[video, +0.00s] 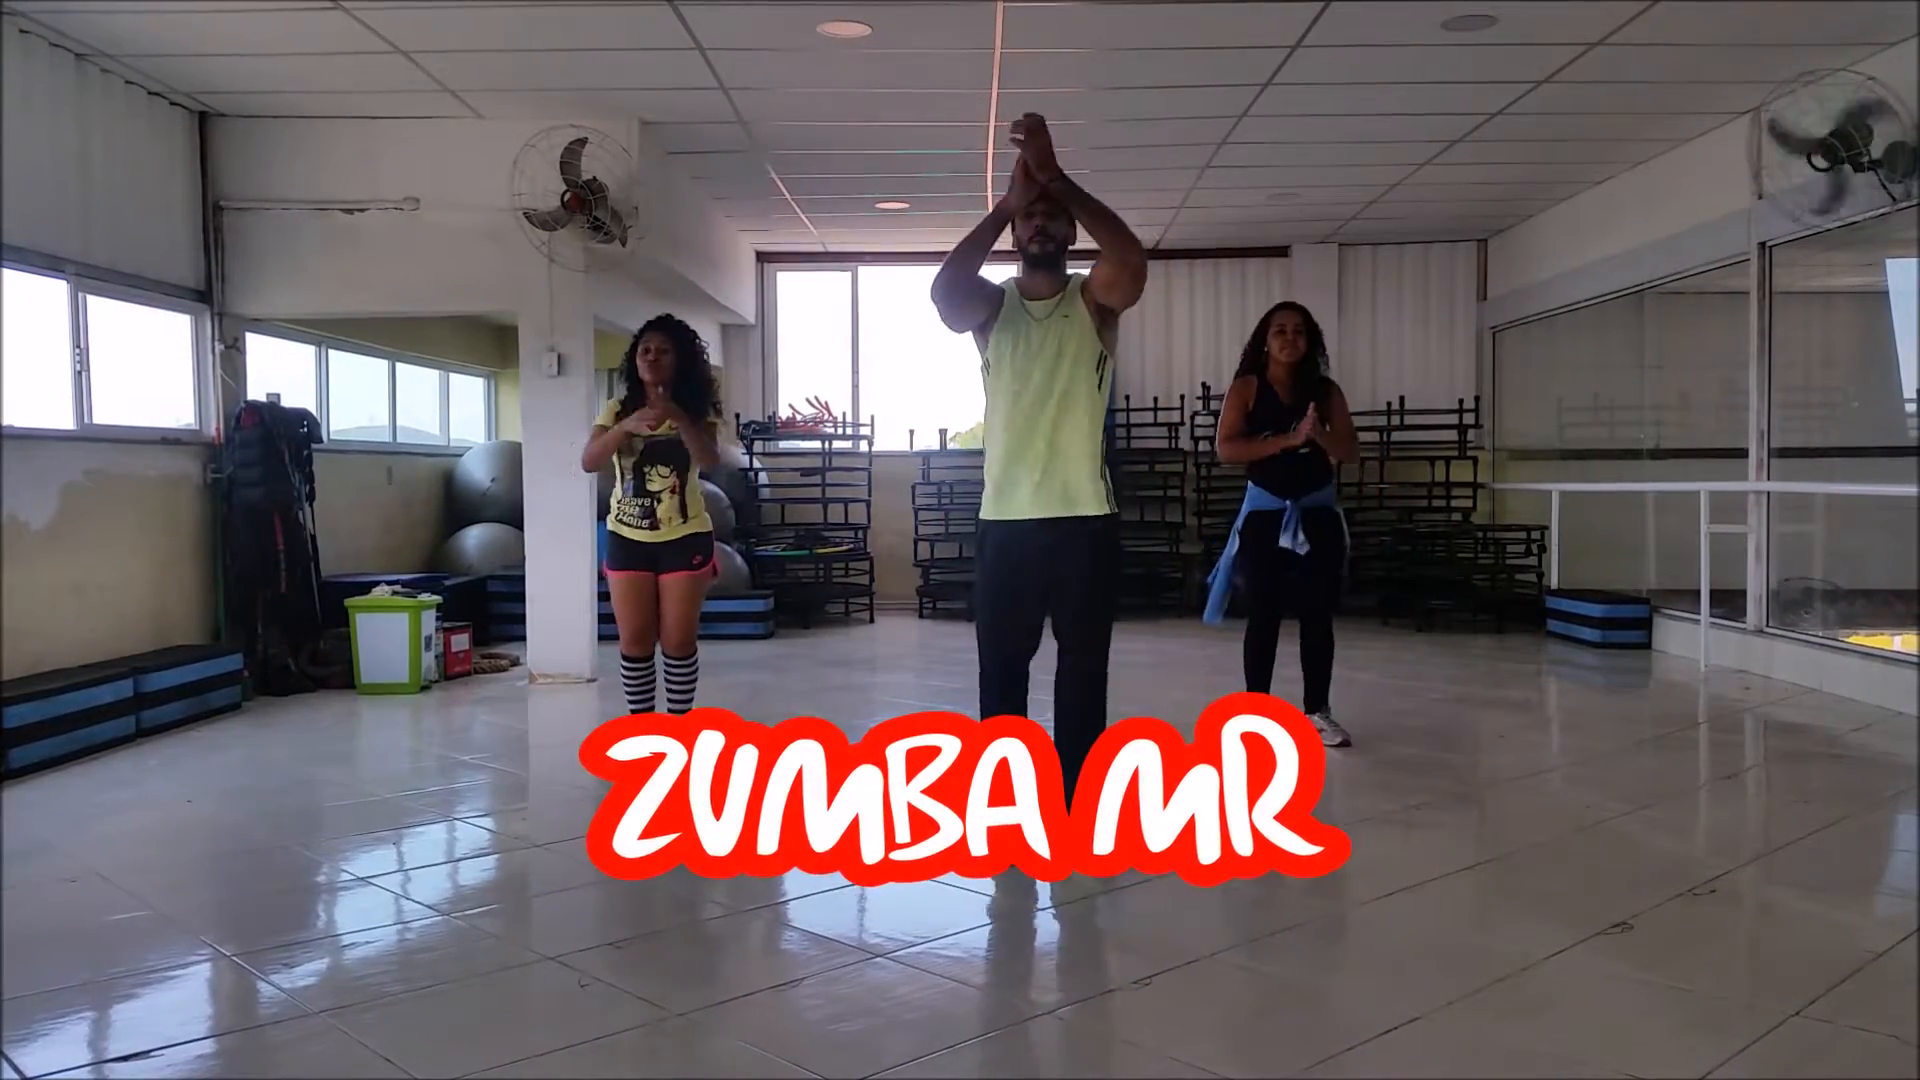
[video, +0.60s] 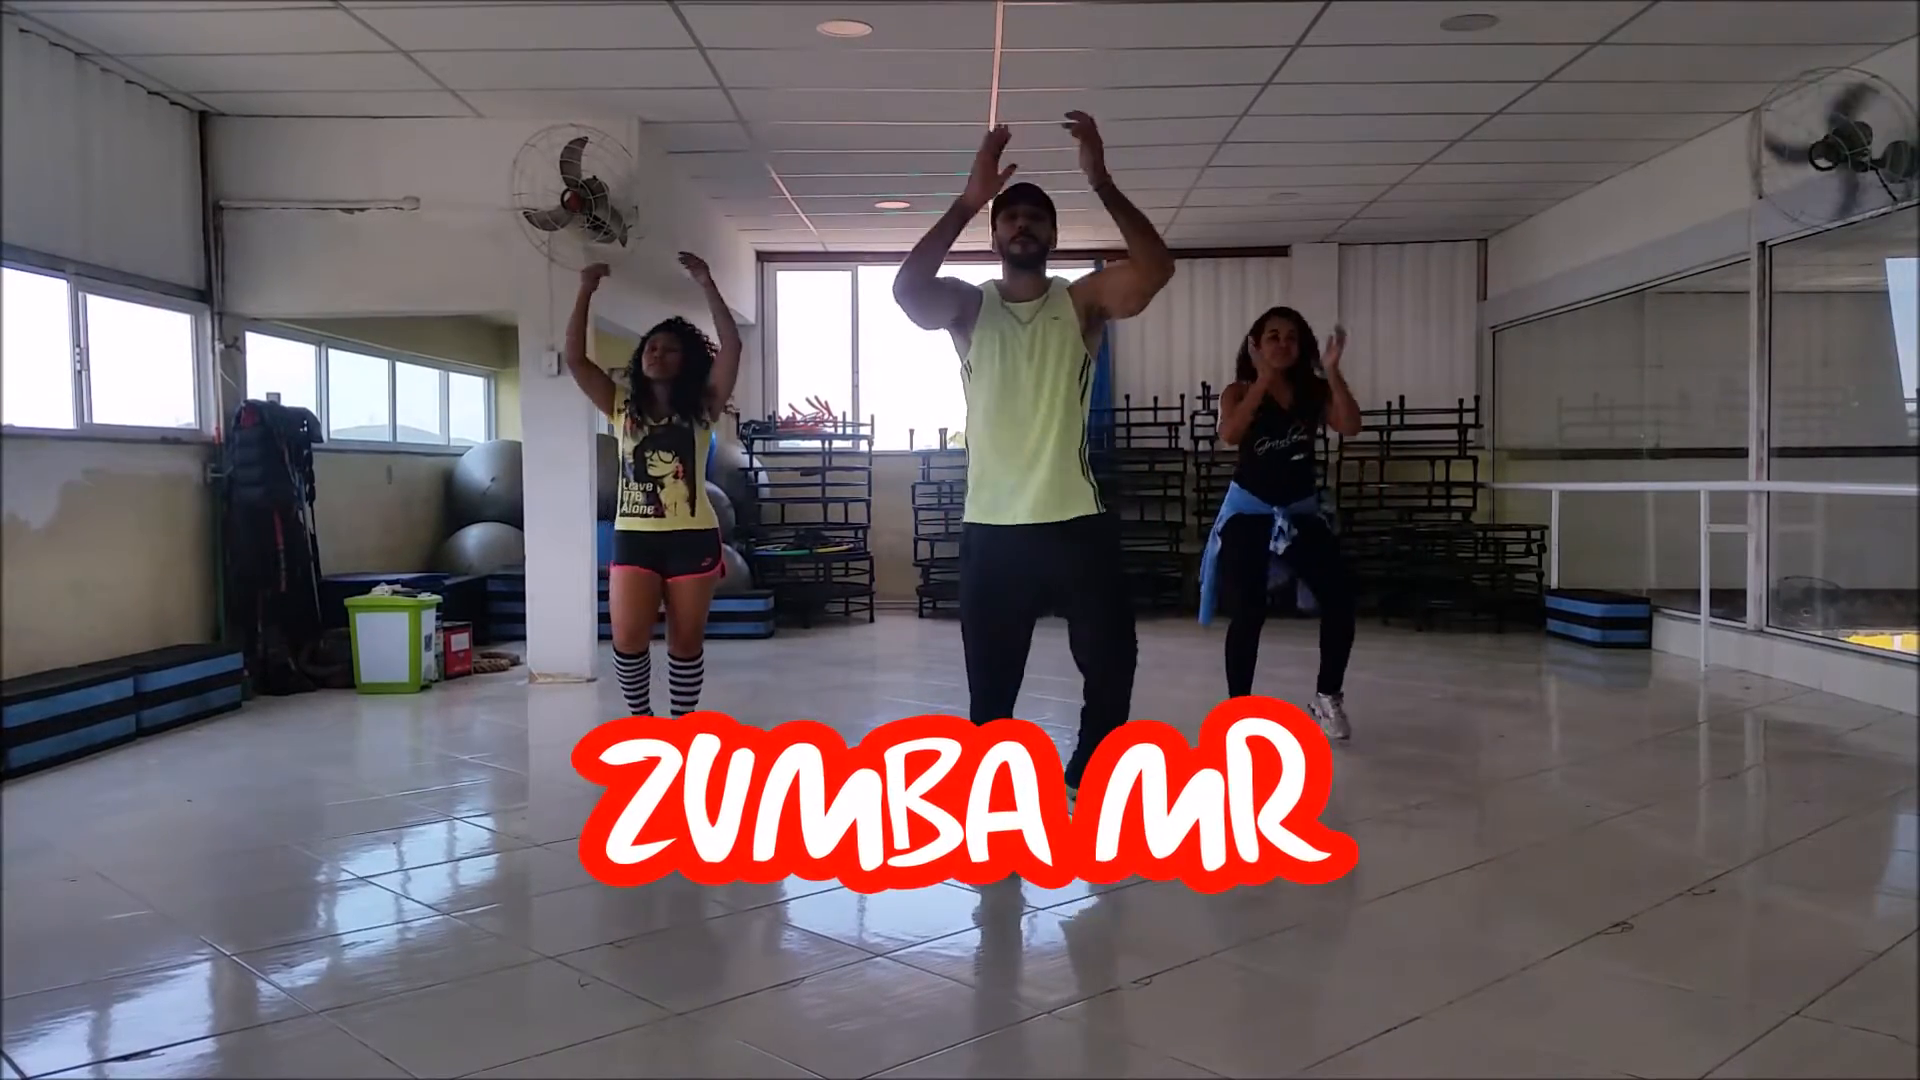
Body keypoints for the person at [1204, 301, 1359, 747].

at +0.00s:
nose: (1290, 339)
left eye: (1299, 332)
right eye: (1281, 331)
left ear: (1311, 341)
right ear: (1265, 339)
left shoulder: (1327, 392)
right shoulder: (1245, 386)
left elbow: (1348, 451)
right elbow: (1226, 450)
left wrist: (1318, 435)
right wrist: (1287, 440)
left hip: (1319, 517)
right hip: (1264, 516)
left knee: (1318, 616)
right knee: (1264, 616)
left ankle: (1317, 712)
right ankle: (1256, 713)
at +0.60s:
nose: (1283, 344)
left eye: (1291, 338)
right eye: (1273, 337)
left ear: (1302, 347)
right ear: (1255, 346)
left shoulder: (1315, 390)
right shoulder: (1239, 391)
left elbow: (1349, 426)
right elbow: (1229, 434)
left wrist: (1333, 372)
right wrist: (1261, 384)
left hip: (1302, 514)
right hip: (1249, 514)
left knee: (1340, 599)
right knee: (1247, 611)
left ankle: (1328, 696)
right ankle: (1240, 709)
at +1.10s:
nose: (1300, 344)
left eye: (1309, 336)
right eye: (1291, 336)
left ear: (1322, 342)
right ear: (1278, 343)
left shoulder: (1337, 387)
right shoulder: (1264, 389)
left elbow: (1371, 363)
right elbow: (1233, 381)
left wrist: (1345, 311)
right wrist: (1263, 331)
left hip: (1327, 517)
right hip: (1271, 516)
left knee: (1328, 614)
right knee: (1258, 609)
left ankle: (1328, 711)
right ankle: (1241, 703)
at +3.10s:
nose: (1302, 336)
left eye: (1310, 329)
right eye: (1292, 330)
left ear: (1324, 338)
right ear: (1278, 339)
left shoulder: (1337, 384)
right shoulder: (1264, 384)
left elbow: (1364, 354)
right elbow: (1236, 361)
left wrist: (1341, 300)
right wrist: (1270, 314)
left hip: (1324, 514)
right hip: (1270, 513)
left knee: (1325, 615)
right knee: (1257, 608)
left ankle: (1331, 711)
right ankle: (1244, 701)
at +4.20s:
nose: (1293, 340)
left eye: (1301, 332)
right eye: (1285, 333)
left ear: (1316, 340)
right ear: (1274, 339)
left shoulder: (1334, 384)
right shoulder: (1259, 383)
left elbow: (1368, 381)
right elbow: (1222, 376)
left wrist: (1322, 350)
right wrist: (1282, 361)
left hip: (1322, 513)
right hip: (1266, 513)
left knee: (1326, 615)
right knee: (1255, 615)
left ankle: (1333, 716)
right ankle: (1235, 717)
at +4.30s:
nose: (1286, 338)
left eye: (1295, 331)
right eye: (1277, 332)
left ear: (1309, 342)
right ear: (1262, 343)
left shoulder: (1326, 390)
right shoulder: (1248, 387)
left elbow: (1375, 413)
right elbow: (1201, 402)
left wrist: (1327, 383)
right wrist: (1265, 390)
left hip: (1315, 515)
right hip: (1258, 515)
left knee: (1327, 614)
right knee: (1249, 615)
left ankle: (1335, 713)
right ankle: (1234, 715)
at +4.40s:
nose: (1278, 337)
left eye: (1287, 331)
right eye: (1269, 331)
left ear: (1300, 342)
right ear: (1254, 342)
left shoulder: (1317, 390)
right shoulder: (1239, 388)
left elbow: (1368, 434)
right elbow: (1191, 427)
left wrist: (1336, 428)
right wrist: (1239, 436)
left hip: (1309, 513)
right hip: (1252, 514)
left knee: (1343, 598)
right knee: (1245, 611)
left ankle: (1347, 705)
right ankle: (1234, 715)